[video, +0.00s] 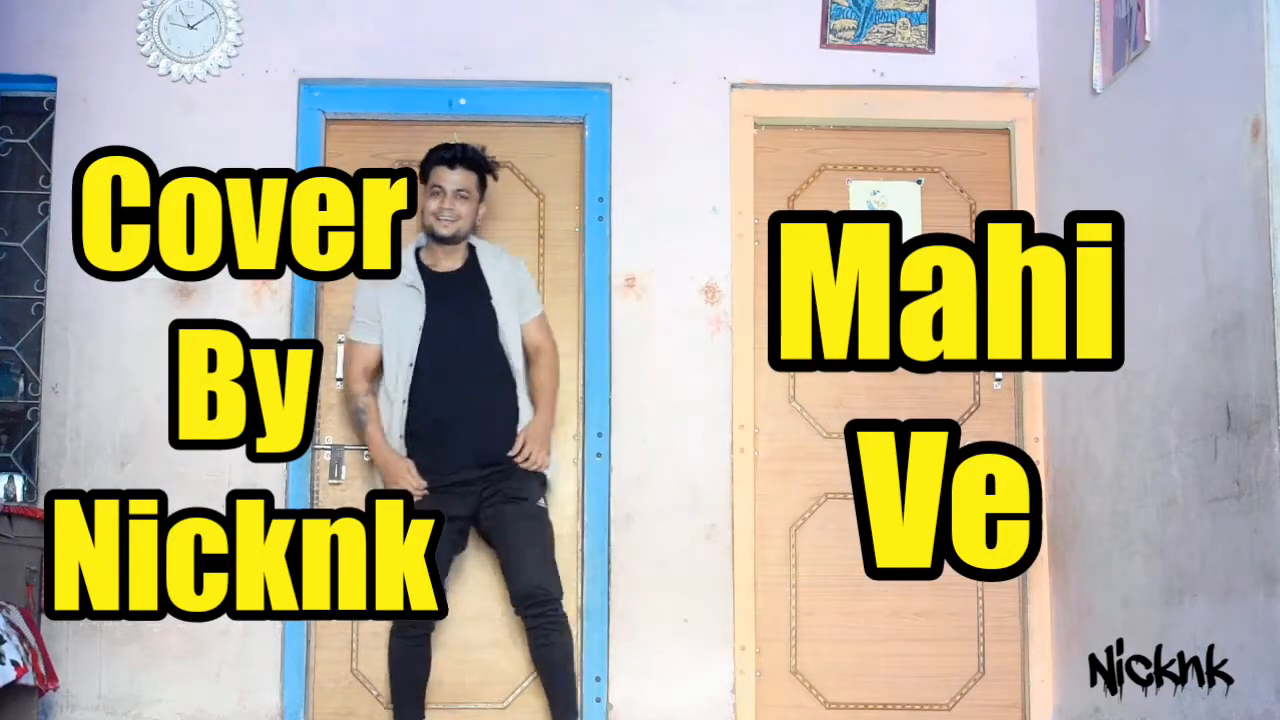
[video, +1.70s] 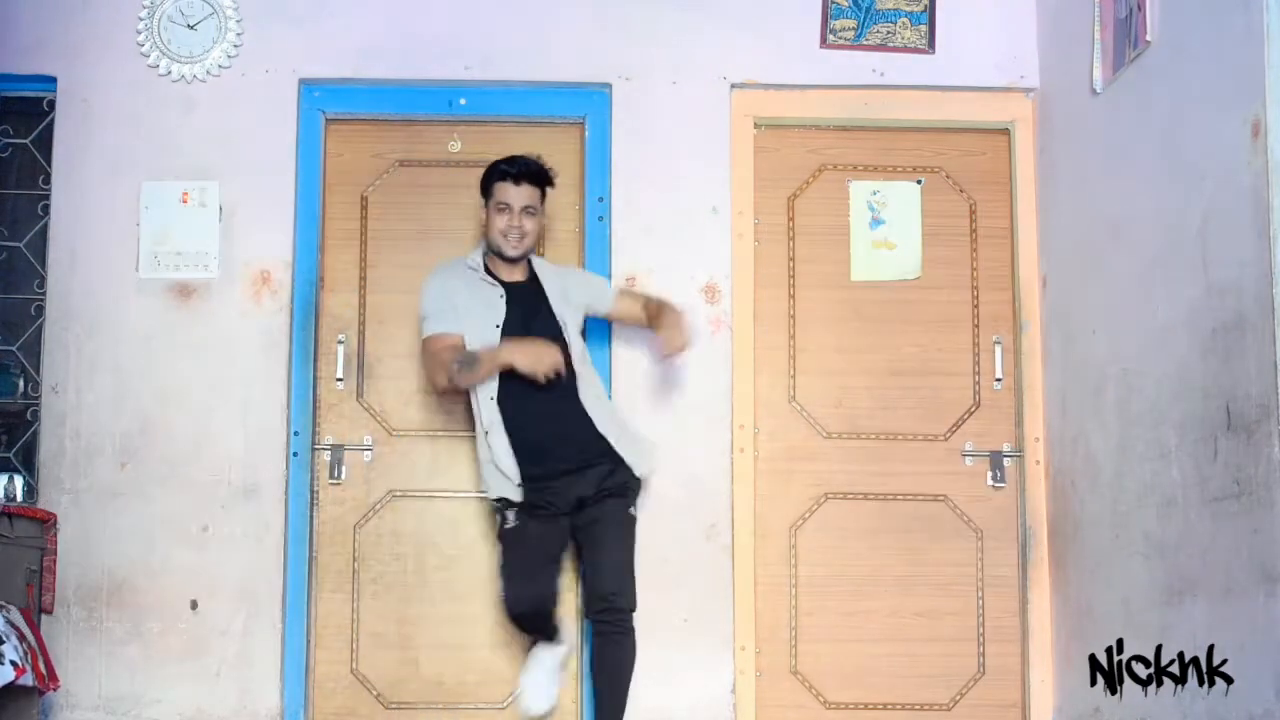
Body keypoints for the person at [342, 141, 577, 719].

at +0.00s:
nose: (447, 203)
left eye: (461, 194)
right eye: (436, 192)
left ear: (480, 205)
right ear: (420, 200)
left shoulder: (507, 270)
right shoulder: (385, 280)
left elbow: (541, 348)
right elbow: (359, 380)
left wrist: (543, 422)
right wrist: (384, 456)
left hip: (507, 473)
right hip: (424, 482)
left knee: (542, 602)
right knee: (412, 616)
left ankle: (567, 717)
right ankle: (408, 718)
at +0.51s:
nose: (427, 201)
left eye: (439, 191)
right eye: (416, 190)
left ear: (458, 201)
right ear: (398, 199)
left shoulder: (485, 271)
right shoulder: (372, 274)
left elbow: (559, 320)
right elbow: (360, 349)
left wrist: (601, 380)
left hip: (473, 472)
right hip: (395, 476)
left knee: (476, 611)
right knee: (393, 613)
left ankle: (473, 718)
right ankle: (387, 717)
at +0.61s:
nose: (424, 206)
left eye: (436, 195)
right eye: (414, 194)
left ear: (453, 204)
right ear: (394, 201)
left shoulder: (481, 267)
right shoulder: (369, 276)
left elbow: (549, 333)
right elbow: (380, 363)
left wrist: (559, 305)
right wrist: (456, 331)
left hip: (466, 474)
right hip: (388, 478)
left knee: (488, 594)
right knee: (383, 611)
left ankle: (470, 711)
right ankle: (384, 717)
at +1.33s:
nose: (466, 238)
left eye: (480, 230)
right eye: (457, 222)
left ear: (493, 237)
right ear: (436, 222)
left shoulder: (505, 285)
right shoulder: (407, 312)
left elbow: (572, 334)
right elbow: (420, 406)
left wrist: (557, 259)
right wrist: (479, 339)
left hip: (513, 490)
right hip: (435, 499)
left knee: (570, 585)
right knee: (417, 628)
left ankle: (544, 713)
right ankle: (404, 719)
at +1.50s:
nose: (485, 228)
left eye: (501, 220)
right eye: (477, 213)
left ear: (513, 226)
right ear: (457, 210)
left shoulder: (527, 272)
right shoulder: (426, 295)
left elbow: (598, 310)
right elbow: (449, 385)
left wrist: (629, 243)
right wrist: (538, 354)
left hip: (548, 484)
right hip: (468, 495)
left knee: (593, 601)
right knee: (437, 625)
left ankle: (600, 715)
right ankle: (412, 716)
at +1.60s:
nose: (497, 225)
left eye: (511, 215)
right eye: (487, 209)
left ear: (525, 219)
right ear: (467, 206)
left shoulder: (542, 269)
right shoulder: (441, 279)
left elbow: (632, 282)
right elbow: (462, 371)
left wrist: (710, 261)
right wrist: (536, 394)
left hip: (579, 469)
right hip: (501, 479)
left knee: (601, 609)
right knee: (473, 611)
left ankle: (606, 717)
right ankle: (460, 707)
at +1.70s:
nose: (515, 223)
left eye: (528, 212)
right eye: (503, 209)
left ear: (543, 220)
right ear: (484, 213)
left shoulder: (568, 282)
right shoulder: (451, 285)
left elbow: (651, 310)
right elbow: (443, 375)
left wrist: (669, 324)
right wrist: (505, 353)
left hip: (603, 473)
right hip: (527, 486)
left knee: (612, 611)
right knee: (526, 602)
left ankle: (608, 717)